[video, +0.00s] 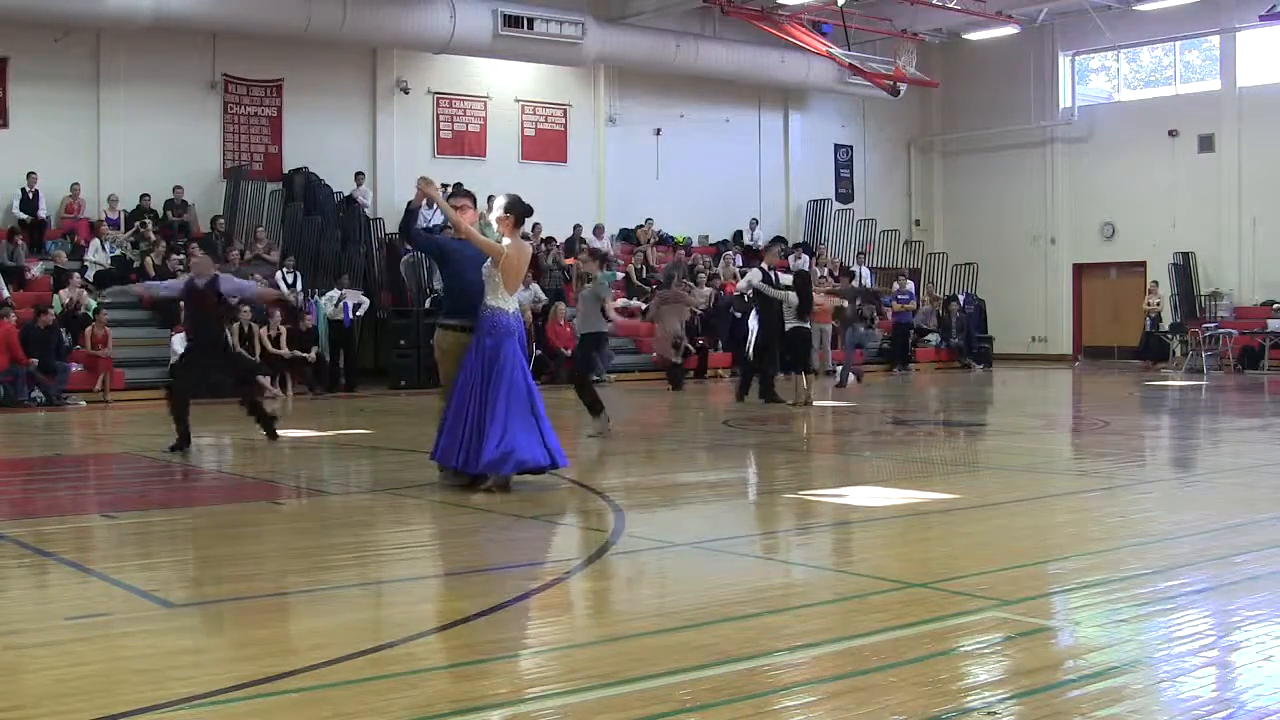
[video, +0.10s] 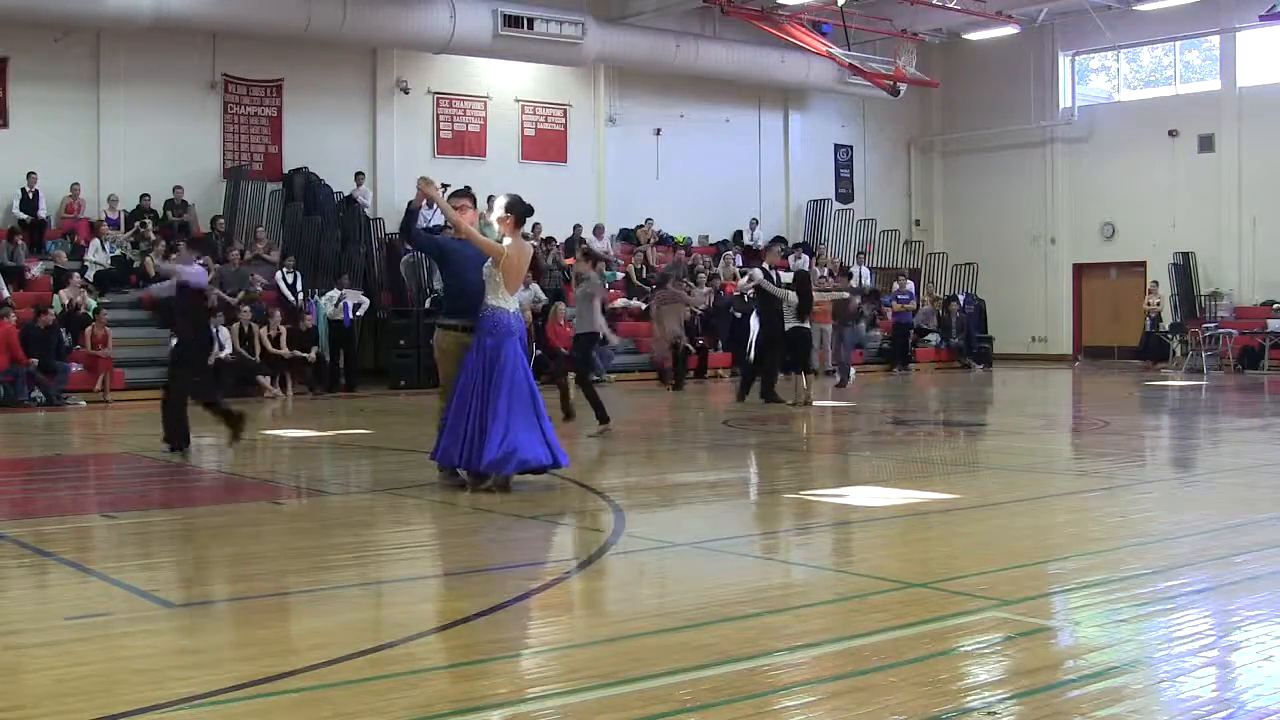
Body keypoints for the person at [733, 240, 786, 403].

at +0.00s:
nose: (779, 258)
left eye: (779, 254)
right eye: (776, 254)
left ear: (772, 257)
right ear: (766, 254)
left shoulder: (775, 275)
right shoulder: (756, 273)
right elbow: (739, 287)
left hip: (774, 318)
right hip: (759, 317)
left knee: (770, 354)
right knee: (753, 354)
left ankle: (767, 389)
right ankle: (742, 389)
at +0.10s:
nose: (780, 256)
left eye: (780, 253)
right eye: (777, 253)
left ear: (775, 256)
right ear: (768, 254)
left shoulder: (777, 275)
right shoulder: (757, 273)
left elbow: (779, 297)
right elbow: (741, 288)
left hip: (776, 319)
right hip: (761, 319)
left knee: (773, 355)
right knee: (758, 355)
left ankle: (768, 390)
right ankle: (743, 389)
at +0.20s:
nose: (781, 256)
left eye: (781, 253)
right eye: (778, 253)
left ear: (775, 256)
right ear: (767, 255)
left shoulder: (778, 275)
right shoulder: (760, 273)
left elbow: (781, 297)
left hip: (776, 319)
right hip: (763, 319)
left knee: (773, 356)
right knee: (758, 355)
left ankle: (769, 392)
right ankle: (743, 390)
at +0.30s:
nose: (782, 256)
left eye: (781, 253)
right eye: (778, 253)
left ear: (774, 256)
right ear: (767, 255)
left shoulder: (778, 275)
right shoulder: (761, 273)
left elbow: (782, 296)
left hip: (777, 318)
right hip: (764, 318)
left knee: (774, 355)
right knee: (759, 354)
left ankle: (770, 392)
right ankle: (744, 390)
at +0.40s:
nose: (782, 255)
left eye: (782, 252)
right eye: (778, 252)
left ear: (779, 255)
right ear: (768, 254)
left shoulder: (781, 274)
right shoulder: (761, 272)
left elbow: (785, 293)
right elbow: (744, 286)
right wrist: (752, 275)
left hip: (778, 319)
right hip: (764, 318)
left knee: (777, 356)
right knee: (761, 355)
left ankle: (770, 392)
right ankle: (746, 389)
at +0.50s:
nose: (782, 255)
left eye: (781, 252)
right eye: (778, 252)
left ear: (778, 255)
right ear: (768, 254)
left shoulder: (781, 275)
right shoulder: (762, 274)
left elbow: (784, 295)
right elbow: (763, 299)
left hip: (779, 320)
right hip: (766, 320)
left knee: (778, 357)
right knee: (766, 355)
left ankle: (771, 392)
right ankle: (749, 388)